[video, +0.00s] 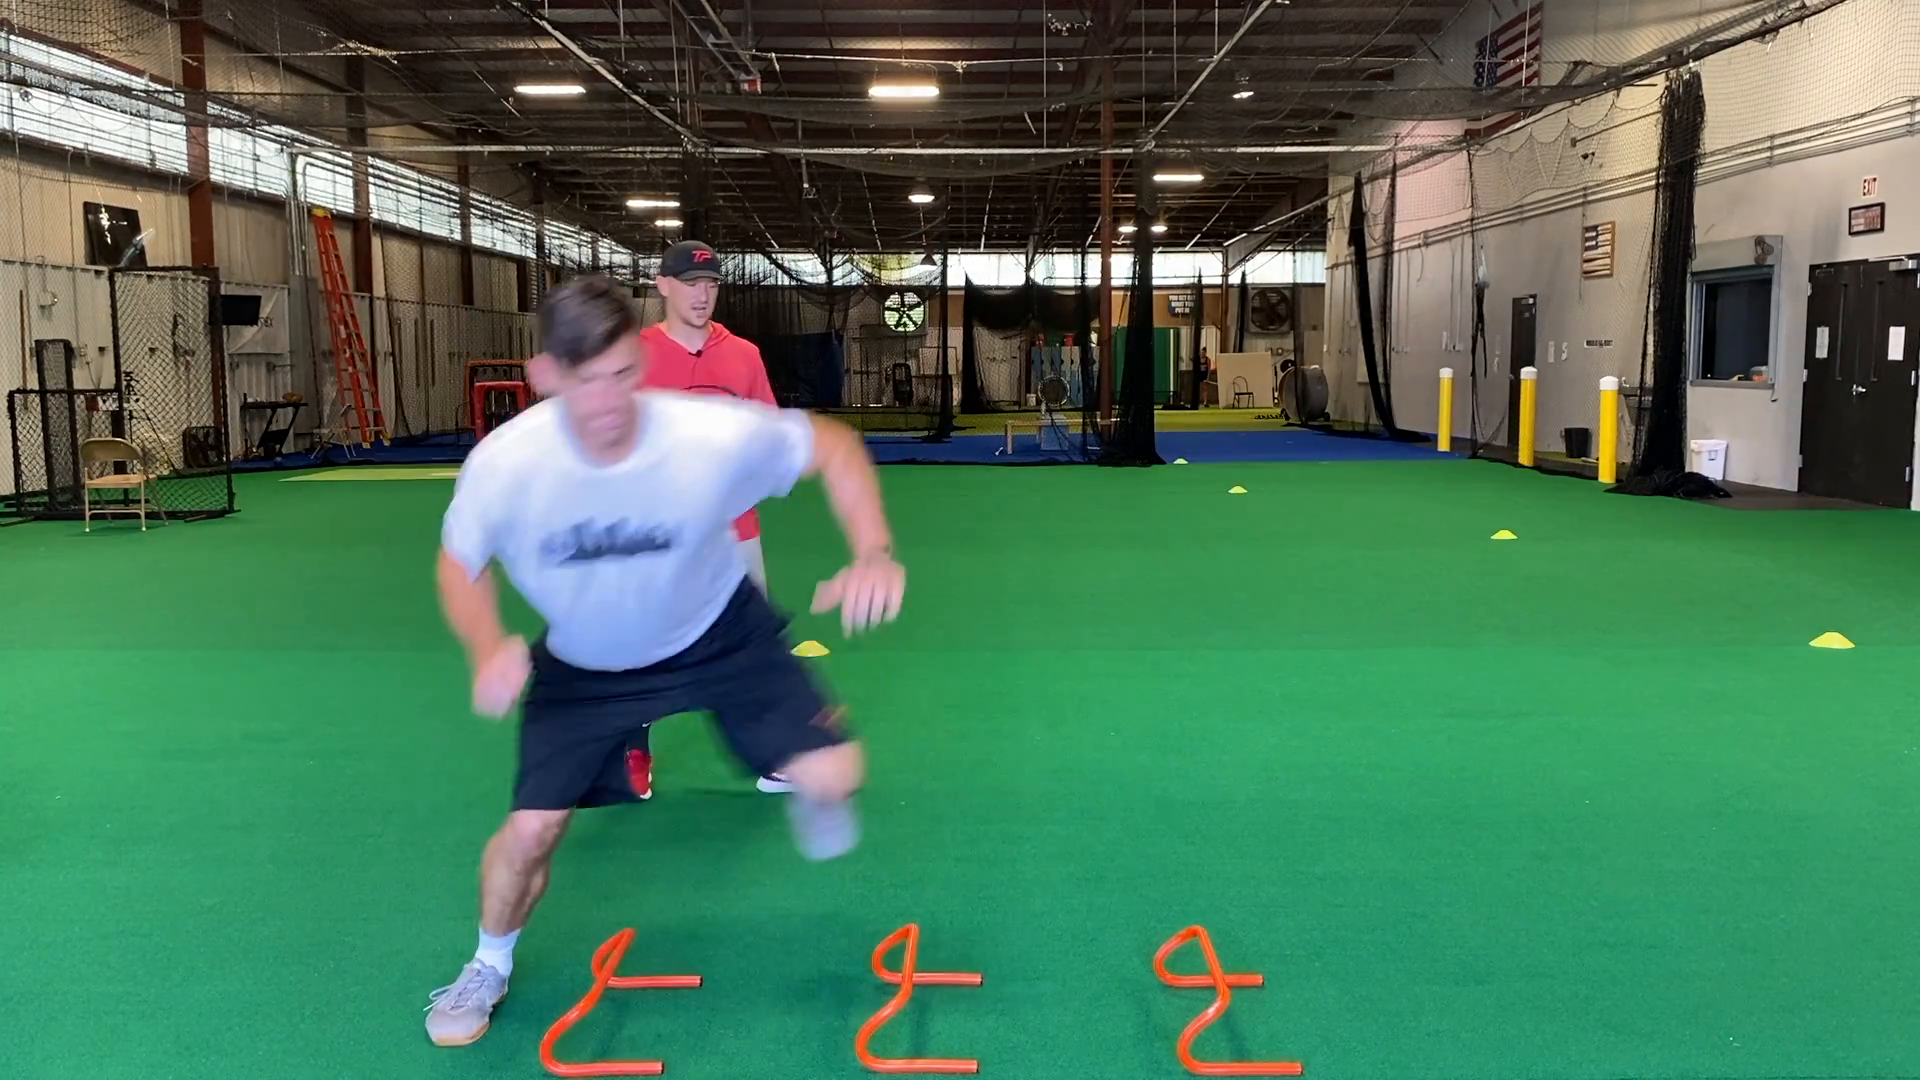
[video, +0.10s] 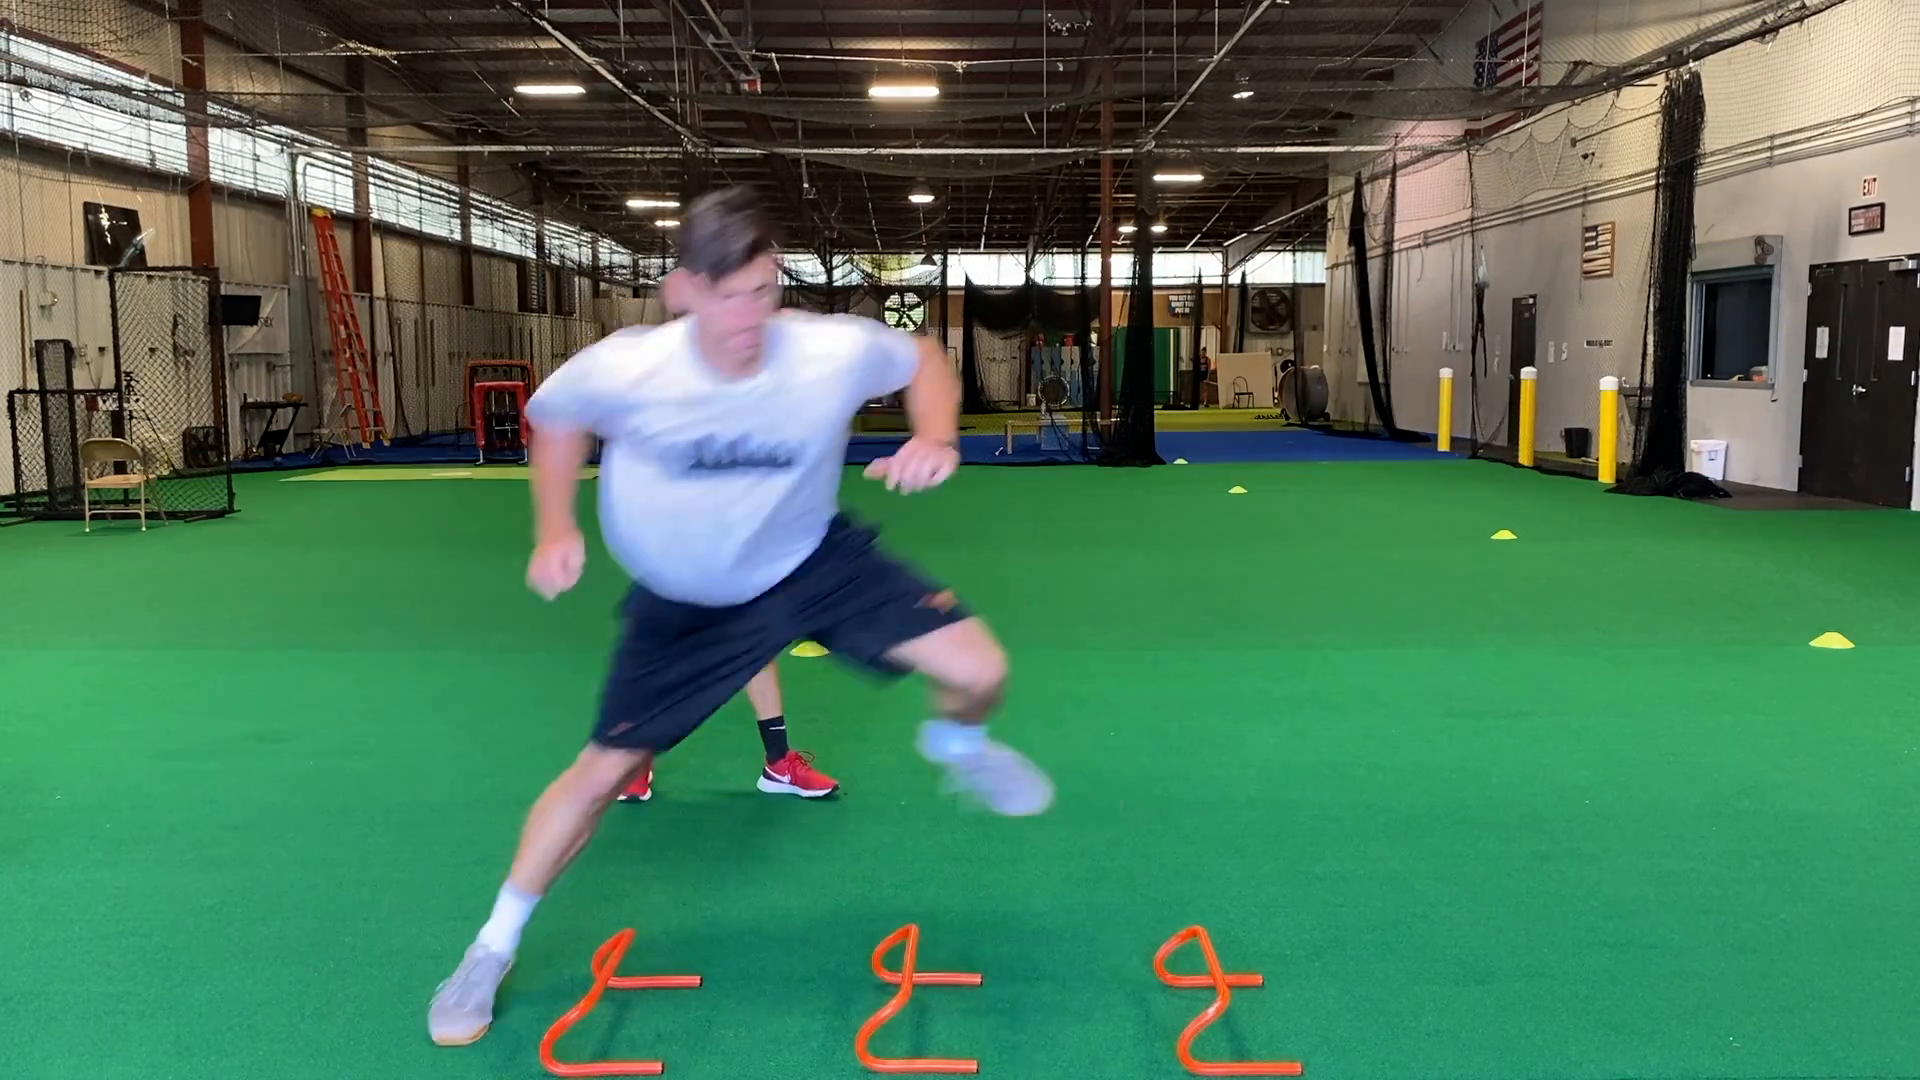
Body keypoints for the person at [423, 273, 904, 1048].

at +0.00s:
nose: (612, 398)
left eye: (626, 375)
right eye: (591, 379)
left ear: (644, 364)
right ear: (550, 376)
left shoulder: (712, 433)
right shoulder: (503, 463)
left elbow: (835, 444)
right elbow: (457, 566)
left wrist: (873, 551)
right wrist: (489, 645)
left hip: (722, 632)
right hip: (582, 663)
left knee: (832, 773)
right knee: (530, 829)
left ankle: (819, 792)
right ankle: (488, 967)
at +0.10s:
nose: (754, 310)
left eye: (767, 290)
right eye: (734, 292)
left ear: (782, 284)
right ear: (685, 287)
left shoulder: (832, 350)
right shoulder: (623, 369)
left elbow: (926, 358)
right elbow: (554, 418)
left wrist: (935, 436)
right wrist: (556, 529)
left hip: (816, 564)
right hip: (678, 604)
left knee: (980, 670)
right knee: (603, 770)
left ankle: (956, 745)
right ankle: (492, 949)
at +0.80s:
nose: (1367, 438)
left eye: (1384, 416)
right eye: (1349, 418)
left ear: (1401, 399)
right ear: (1302, 397)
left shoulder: (1438, 462)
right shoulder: (1225, 460)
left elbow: (1493, 518)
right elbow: (1140, 526)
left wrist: (1522, 639)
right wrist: (1146, 654)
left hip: (1350, 636)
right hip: (1227, 630)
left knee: (1367, 795)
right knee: (1212, 805)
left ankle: (1346, 961)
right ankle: (1237, 787)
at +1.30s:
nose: (1482, 397)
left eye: (1502, 377)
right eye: (1464, 375)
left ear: (1516, 361)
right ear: (1419, 350)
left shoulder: (1528, 450)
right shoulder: (1333, 387)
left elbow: (1546, 535)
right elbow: (1226, 422)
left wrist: (1557, 656)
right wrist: (1177, 547)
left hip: (1367, 601)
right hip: (1248, 544)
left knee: (1379, 773)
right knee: (1110, 676)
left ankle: (1340, 961)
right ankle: (1137, 689)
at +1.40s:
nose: (1485, 395)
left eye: (1505, 374)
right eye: (1467, 372)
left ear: (1519, 359)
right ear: (1422, 347)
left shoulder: (1530, 448)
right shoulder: (1333, 386)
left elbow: (1546, 535)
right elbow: (1226, 423)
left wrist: (1555, 657)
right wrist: (1180, 548)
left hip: (1369, 600)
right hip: (1250, 542)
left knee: (1377, 770)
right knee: (1124, 684)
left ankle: (1338, 961)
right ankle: (1137, 701)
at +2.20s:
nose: (1329, 367)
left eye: (1349, 348)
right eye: (1312, 345)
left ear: (1378, 326)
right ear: (1278, 320)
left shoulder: (1419, 394)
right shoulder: (1204, 383)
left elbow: (1445, 453)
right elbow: (1125, 453)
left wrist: (1421, 567)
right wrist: (1161, 588)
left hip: (1312, 594)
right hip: (1194, 578)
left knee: (1320, 766)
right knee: (1170, 749)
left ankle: (1328, 958)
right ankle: (1182, 762)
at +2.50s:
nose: (1127, 305)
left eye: (1144, 285)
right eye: (1109, 286)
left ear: (1171, 269)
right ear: (1076, 270)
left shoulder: (1228, 331)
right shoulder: (1013, 347)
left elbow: (1294, 371)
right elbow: (981, 403)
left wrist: (1258, 493)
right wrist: (1007, 523)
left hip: (1200, 561)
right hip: (1074, 562)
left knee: (1261, 739)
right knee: (1047, 744)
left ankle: (1324, 915)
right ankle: (1030, 924)